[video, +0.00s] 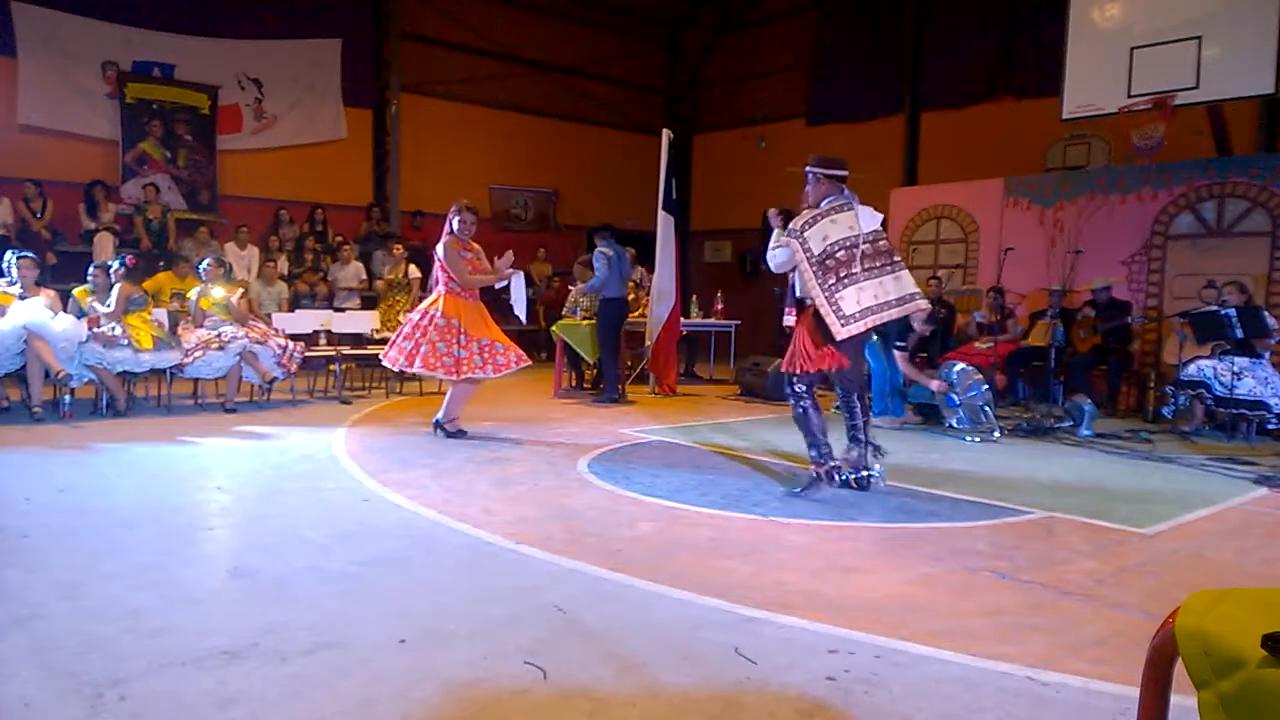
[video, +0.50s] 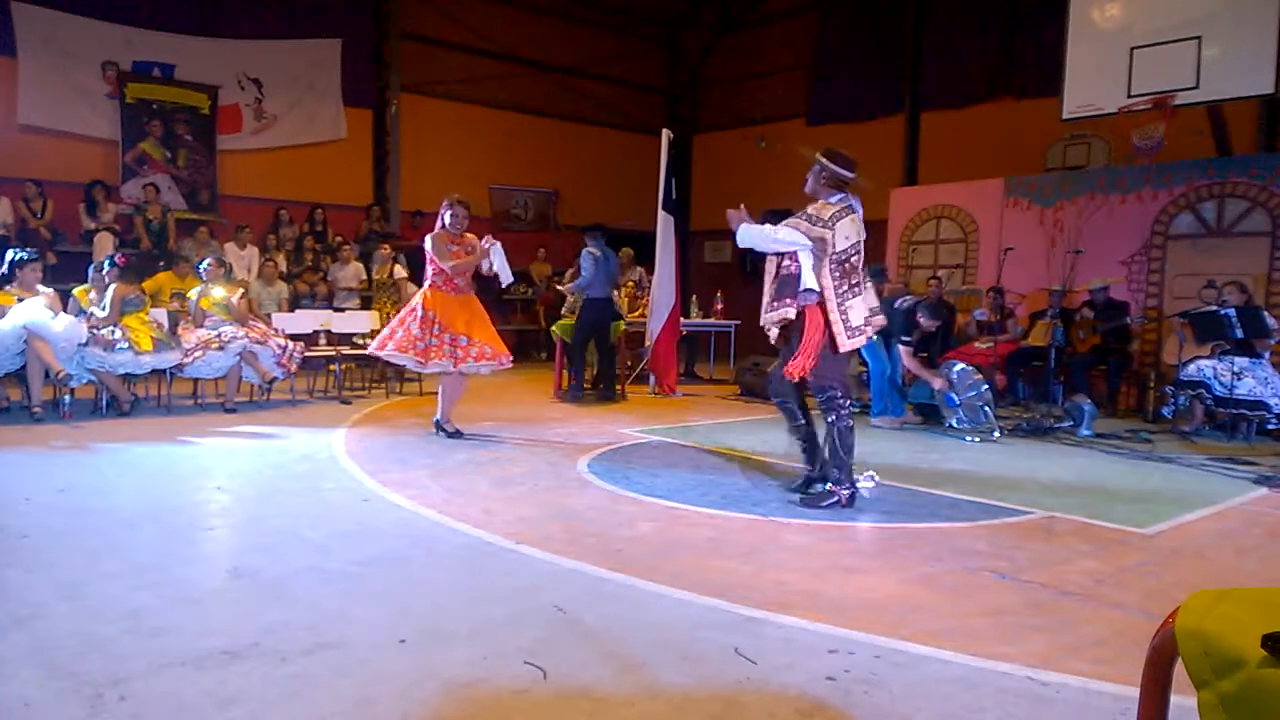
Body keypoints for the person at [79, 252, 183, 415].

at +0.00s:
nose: (111, 272)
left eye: (114, 269)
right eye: (112, 269)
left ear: (121, 271)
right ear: (126, 271)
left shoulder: (122, 287)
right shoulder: (135, 287)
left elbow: (115, 314)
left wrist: (95, 310)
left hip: (136, 336)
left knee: (89, 351)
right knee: (88, 349)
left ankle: (120, 396)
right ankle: (119, 394)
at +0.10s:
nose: (111, 273)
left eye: (113, 270)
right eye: (111, 270)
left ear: (121, 271)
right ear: (126, 271)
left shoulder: (121, 287)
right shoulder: (136, 287)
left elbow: (118, 314)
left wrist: (98, 312)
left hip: (134, 335)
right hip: (144, 332)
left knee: (90, 354)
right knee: (90, 351)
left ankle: (122, 396)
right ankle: (121, 394)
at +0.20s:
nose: (109, 274)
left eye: (111, 270)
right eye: (109, 270)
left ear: (118, 271)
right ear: (125, 271)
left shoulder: (120, 287)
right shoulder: (135, 286)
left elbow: (116, 315)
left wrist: (96, 309)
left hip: (135, 335)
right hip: (146, 332)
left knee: (90, 356)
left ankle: (124, 397)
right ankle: (123, 395)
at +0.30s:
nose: (107, 273)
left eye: (110, 269)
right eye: (107, 269)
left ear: (118, 270)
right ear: (127, 270)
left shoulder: (119, 287)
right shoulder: (136, 286)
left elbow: (114, 316)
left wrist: (95, 307)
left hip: (134, 337)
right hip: (146, 333)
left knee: (88, 357)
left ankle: (125, 397)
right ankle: (124, 395)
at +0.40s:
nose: (106, 275)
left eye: (108, 270)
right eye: (106, 271)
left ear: (117, 270)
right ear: (124, 270)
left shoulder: (118, 287)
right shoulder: (137, 286)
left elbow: (114, 317)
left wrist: (96, 312)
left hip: (132, 336)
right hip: (146, 332)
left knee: (89, 358)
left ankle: (125, 397)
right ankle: (123, 396)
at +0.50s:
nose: (105, 275)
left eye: (107, 271)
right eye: (105, 271)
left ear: (116, 270)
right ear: (124, 270)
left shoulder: (117, 288)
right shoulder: (136, 286)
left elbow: (113, 318)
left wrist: (96, 322)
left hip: (131, 336)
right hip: (146, 332)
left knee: (90, 358)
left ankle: (125, 397)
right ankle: (124, 395)